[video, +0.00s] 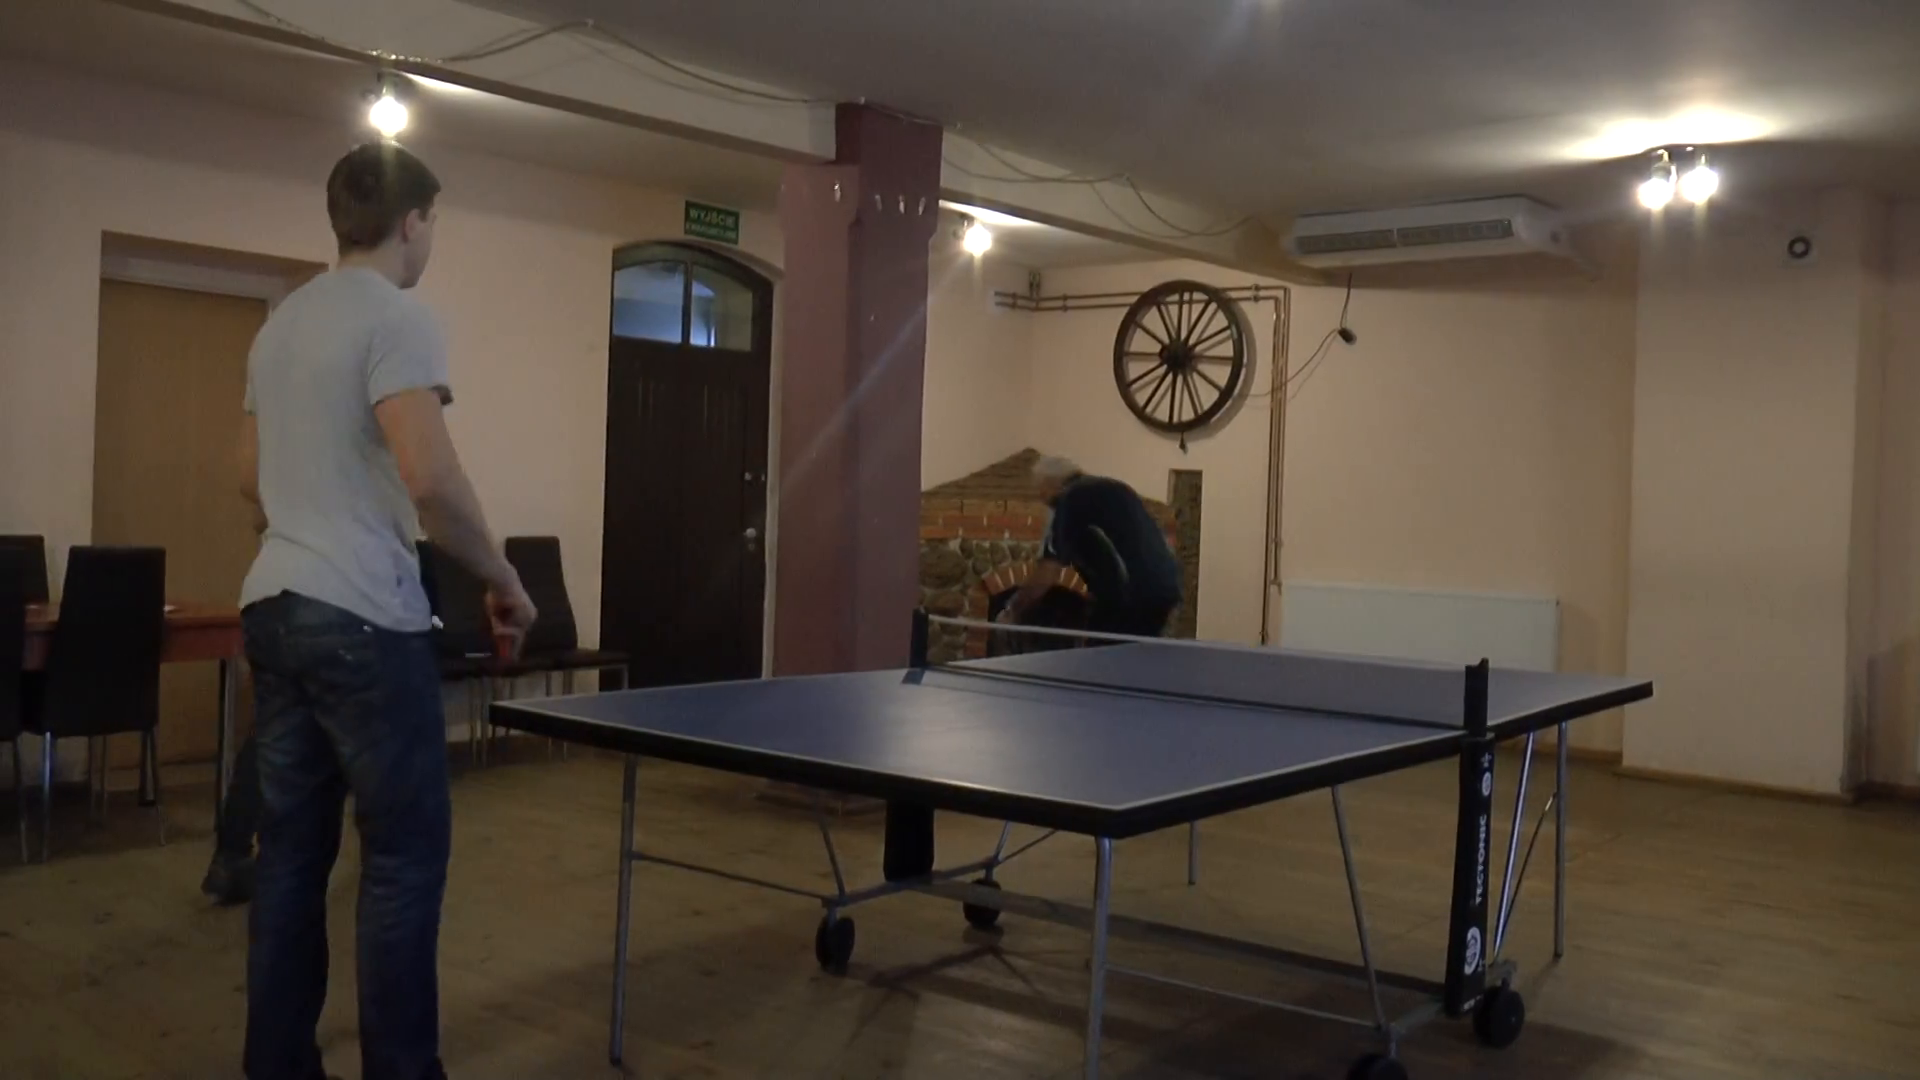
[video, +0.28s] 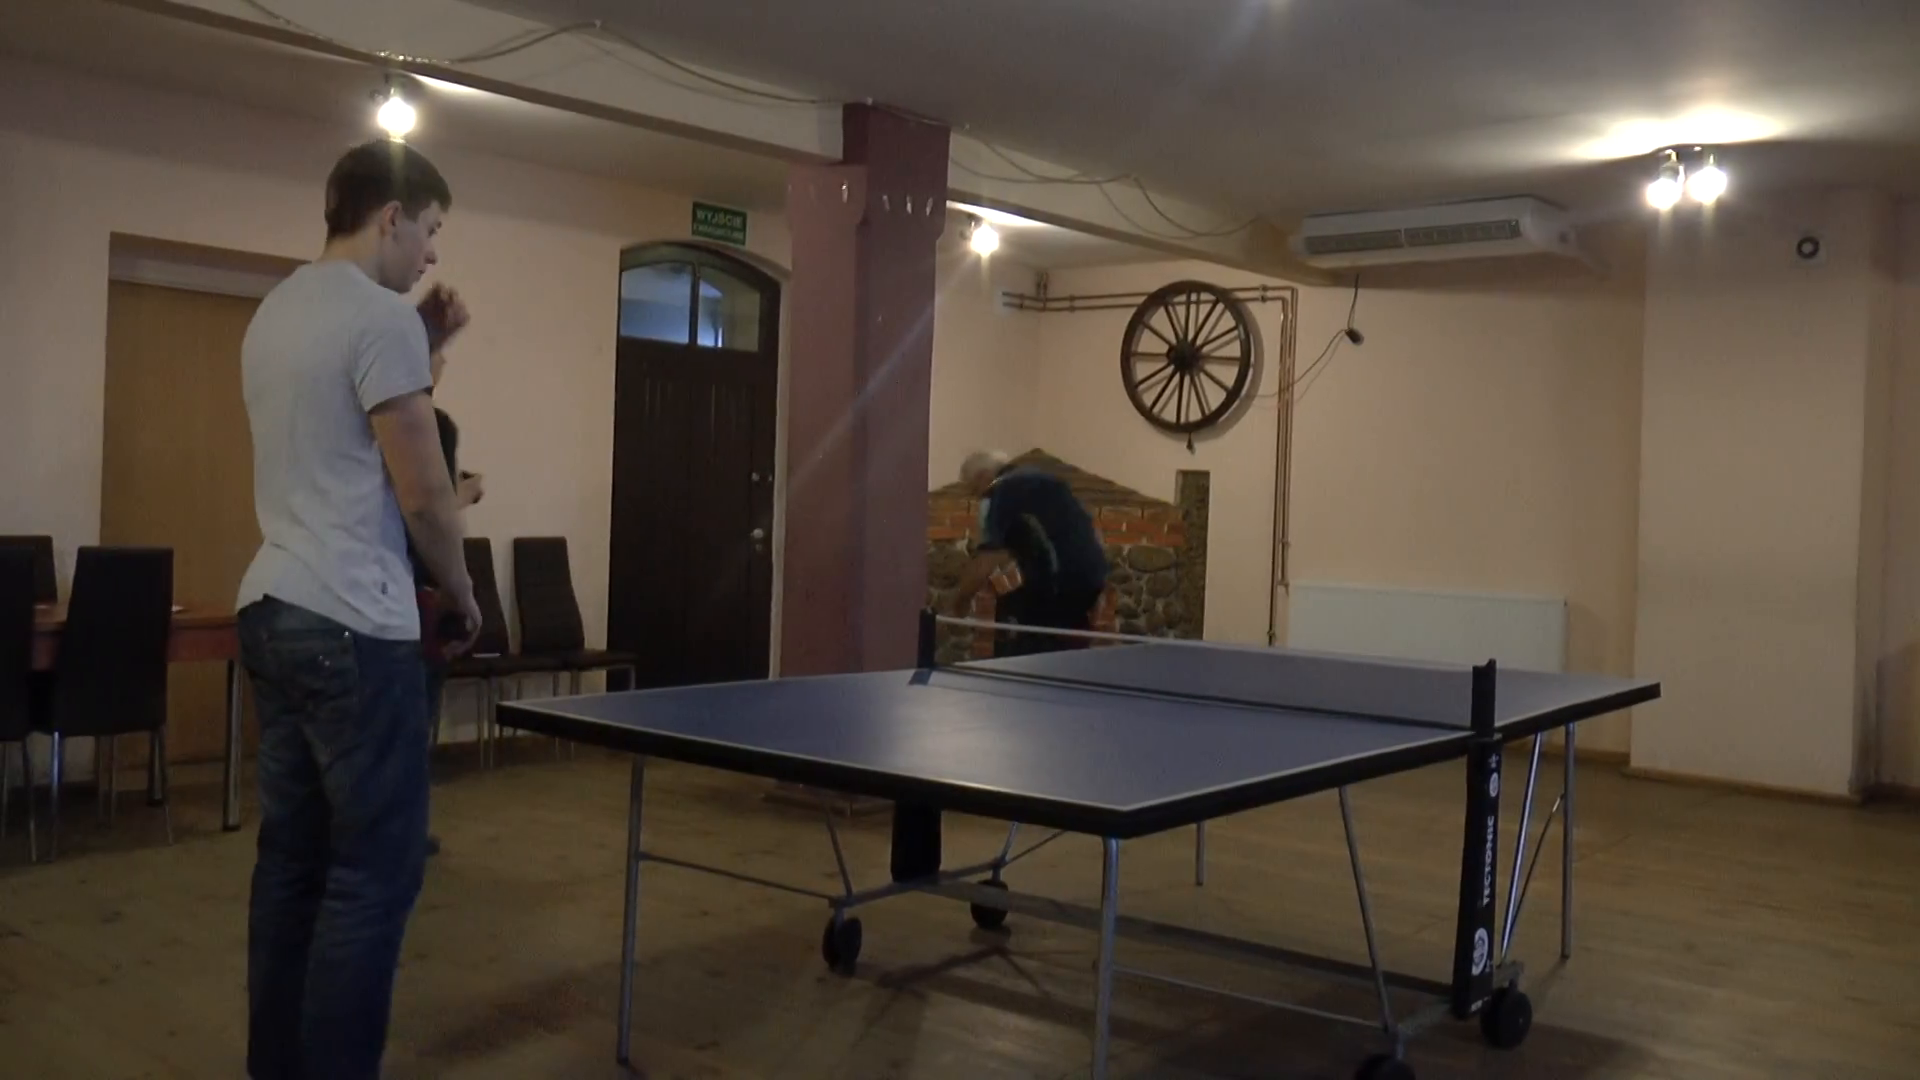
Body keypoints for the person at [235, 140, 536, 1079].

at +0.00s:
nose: (432, 242)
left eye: (432, 226)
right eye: (432, 225)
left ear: (342, 221)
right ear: (409, 223)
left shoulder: (280, 320)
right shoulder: (394, 315)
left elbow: (256, 477)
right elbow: (430, 476)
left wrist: (338, 541)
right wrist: (501, 576)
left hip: (273, 610)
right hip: (365, 616)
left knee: (291, 856)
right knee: (407, 855)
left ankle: (278, 1064)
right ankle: (403, 1065)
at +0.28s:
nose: (431, 256)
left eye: (436, 240)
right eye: (430, 236)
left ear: (344, 216)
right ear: (391, 217)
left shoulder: (277, 306)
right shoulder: (378, 314)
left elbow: (333, 427)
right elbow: (423, 493)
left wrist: (421, 350)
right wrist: (460, 593)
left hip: (271, 608)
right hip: (355, 623)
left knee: (291, 856)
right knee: (375, 870)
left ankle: (276, 1064)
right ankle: (337, 1068)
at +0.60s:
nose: (463, 269)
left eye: (472, 254)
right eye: (466, 247)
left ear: (382, 219)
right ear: (427, 220)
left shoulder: (307, 297)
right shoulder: (376, 308)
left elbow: (421, 447)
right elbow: (423, 504)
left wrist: (447, 321)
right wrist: (506, 650)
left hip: (301, 627)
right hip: (365, 647)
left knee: (321, 884)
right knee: (358, 902)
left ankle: (292, 1061)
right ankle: (312, 1069)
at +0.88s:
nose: (513, 277)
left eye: (523, 259)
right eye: (520, 251)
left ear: (445, 218)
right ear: (483, 220)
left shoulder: (358, 286)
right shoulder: (417, 293)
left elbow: (440, 435)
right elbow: (378, 472)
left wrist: (512, 348)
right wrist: (478, 635)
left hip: (347, 632)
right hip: (380, 648)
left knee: (431, 865)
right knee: (363, 909)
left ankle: (394, 1063)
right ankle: (327, 1071)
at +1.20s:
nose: (619, 309)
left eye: (630, 294)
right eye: (624, 284)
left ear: (572, 245)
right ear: (581, 245)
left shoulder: (459, 306)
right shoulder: (492, 318)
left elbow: (374, 449)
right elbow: (456, 489)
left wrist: (447, 569)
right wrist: (572, 619)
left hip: (459, 667)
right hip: (427, 670)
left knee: (525, 898)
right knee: (388, 922)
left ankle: (545, 1071)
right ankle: (324, 1070)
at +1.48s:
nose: (700, 291)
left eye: (708, 272)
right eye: (703, 265)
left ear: (639, 237)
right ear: (665, 239)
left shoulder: (545, 308)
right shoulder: (589, 310)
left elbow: (471, 470)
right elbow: (542, 481)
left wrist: (483, 600)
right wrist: (560, 669)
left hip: (506, 653)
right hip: (545, 666)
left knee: (566, 906)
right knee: (563, 908)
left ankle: (559, 1070)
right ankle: (402, 1074)